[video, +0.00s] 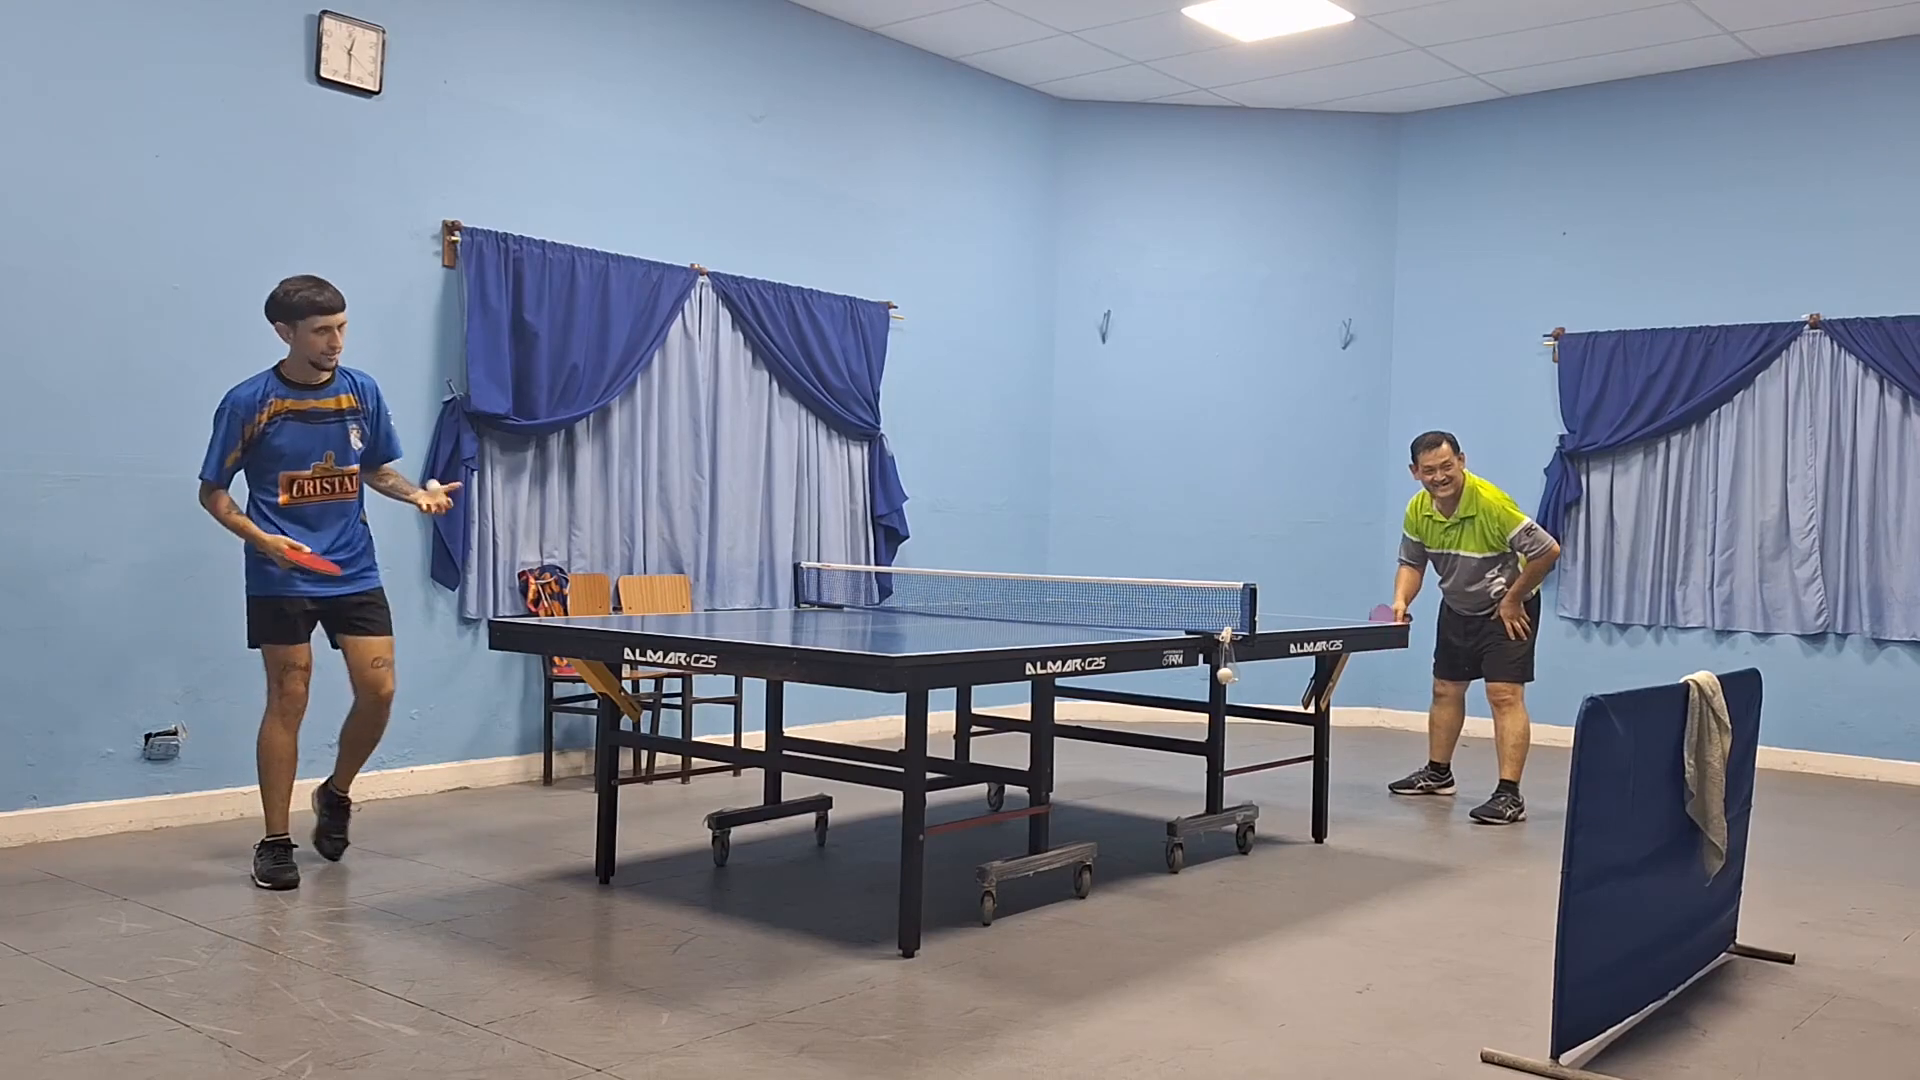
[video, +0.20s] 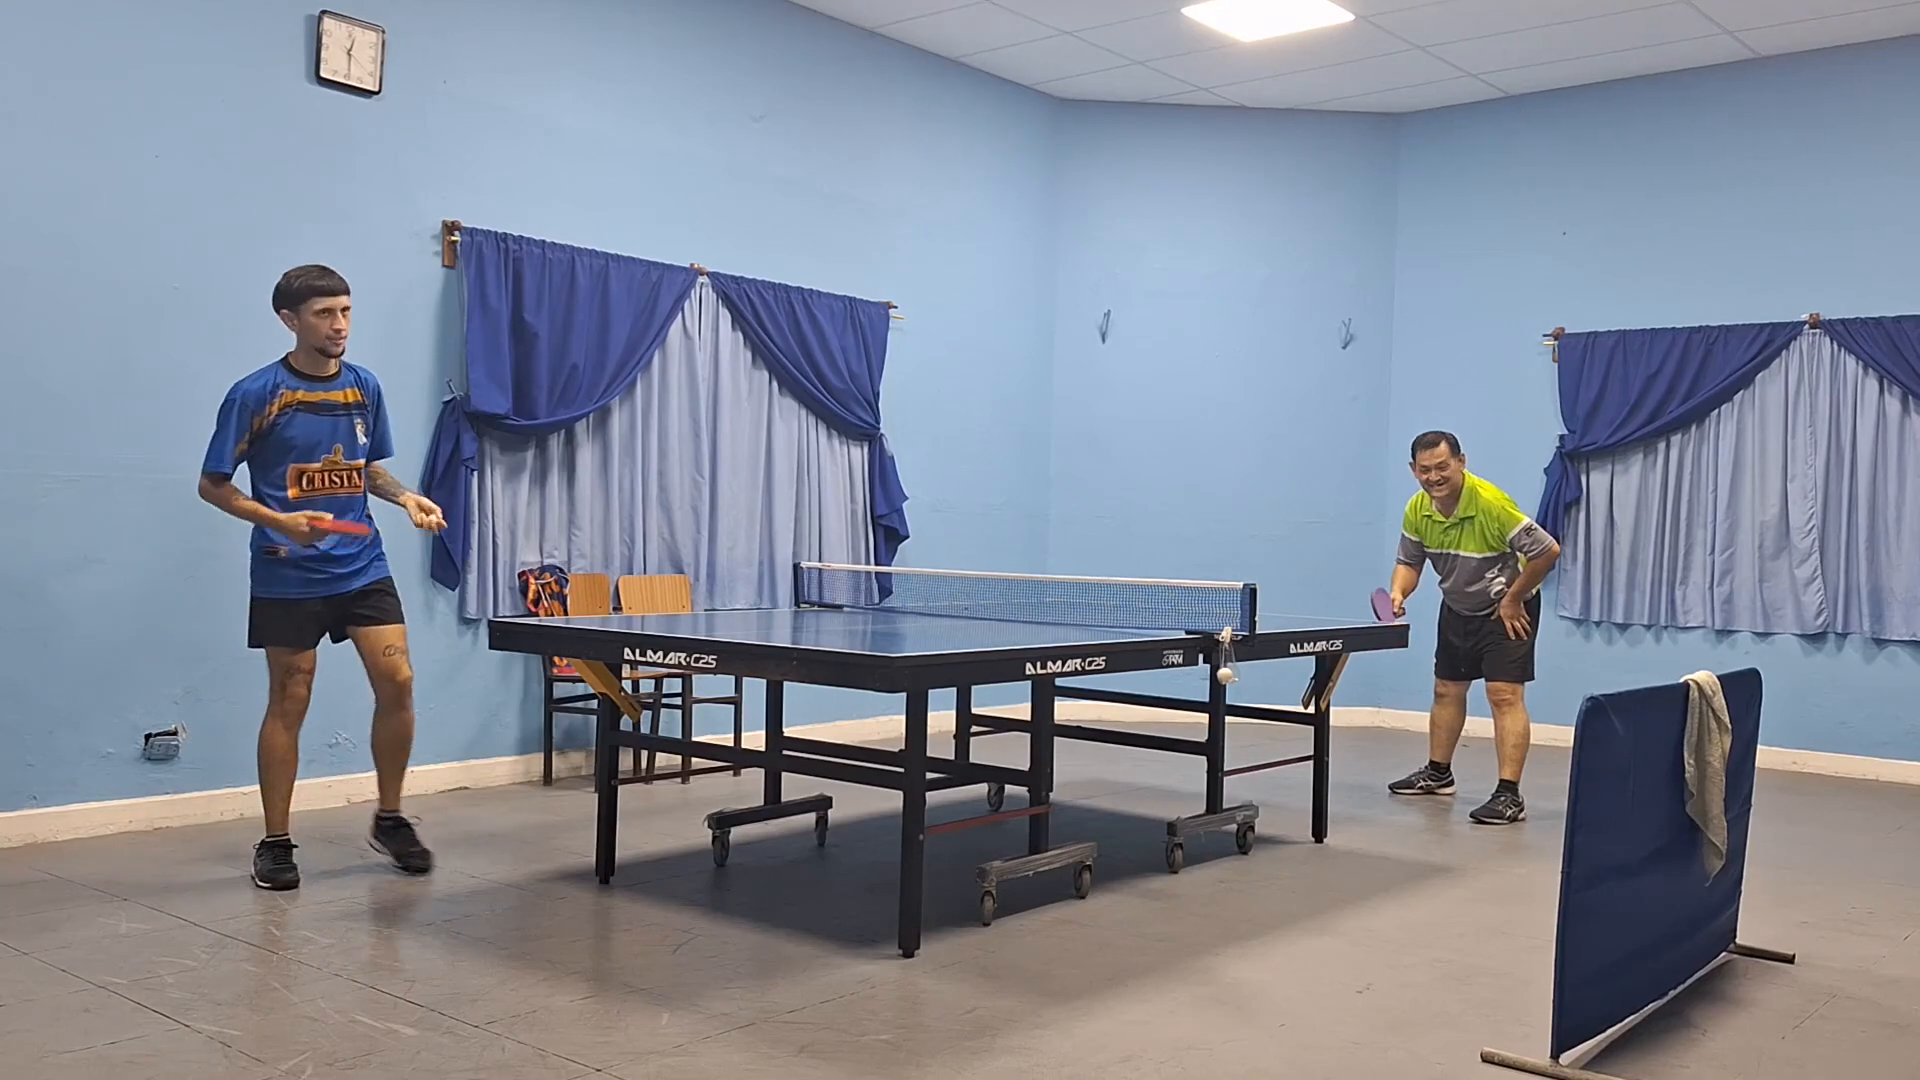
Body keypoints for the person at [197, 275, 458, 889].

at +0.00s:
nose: (335, 341)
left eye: (340, 328)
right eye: (321, 332)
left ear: (345, 325)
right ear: (285, 333)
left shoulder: (362, 392)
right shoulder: (248, 403)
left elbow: (376, 467)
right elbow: (211, 491)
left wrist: (419, 493)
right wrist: (259, 537)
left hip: (352, 565)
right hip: (280, 568)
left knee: (379, 690)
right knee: (290, 695)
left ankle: (336, 793)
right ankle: (275, 839)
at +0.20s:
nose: (339, 324)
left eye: (344, 312)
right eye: (325, 314)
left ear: (350, 315)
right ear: (290, 321)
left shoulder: (363, 386)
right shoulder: (255, 394)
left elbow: (368, 468)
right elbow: (212, 484)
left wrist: (407, 496)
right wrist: (277, 519)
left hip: (362, 564)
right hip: (289, 574)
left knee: (397, 681)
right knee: (290, 698)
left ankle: (390, 818)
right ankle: (277, 842)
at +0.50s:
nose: (394, 330)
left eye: (397, 320)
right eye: (381, 320)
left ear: (397, 326)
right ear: (340, 325)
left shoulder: (409, 396)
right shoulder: (298, 399)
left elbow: (447, 471)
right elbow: (258, 496)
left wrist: (483, 523)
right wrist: (336, 500)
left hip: (389, 570)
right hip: (314, 577)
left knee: (421, 687)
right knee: (307, 704)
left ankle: (463, 828)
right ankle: (278, 844)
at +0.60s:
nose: (429, 350)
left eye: (432, 340)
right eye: (417, 340)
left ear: (429, 343)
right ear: (376, 338)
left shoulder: (441, 411)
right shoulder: (322, 406)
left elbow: (481, 484)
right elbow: (285, 500)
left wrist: (511, 536)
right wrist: (361, 503)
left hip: (406, 580)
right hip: (329, 584)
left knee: (435, 695)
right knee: (318, 710)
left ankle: (468, 841)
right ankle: (279, 843)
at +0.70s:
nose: (479, 372)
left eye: (481, 361)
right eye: (469, 360)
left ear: (455, 364)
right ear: (426, 356)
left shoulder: (475, 430)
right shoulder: (359, 415)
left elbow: (511, 506)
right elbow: (312, 506)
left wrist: (537, 556)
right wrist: (387, 513)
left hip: (428, 591)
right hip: (348, 592)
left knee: (455, 694)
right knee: (329, 724)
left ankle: (476, 848)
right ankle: (279, 845)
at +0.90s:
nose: (556, 408)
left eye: (558, 397)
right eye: (551, 395)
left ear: (523, 390)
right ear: (515, 387)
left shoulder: (522, 453)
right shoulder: (419, 426)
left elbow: (531, 531)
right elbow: (371, 510)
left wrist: (553, 569)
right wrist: (444, 539)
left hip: (446, 586)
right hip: (370, 586)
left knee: (472, 701)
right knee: (340, 718)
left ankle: (476, 848)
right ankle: (284, 841)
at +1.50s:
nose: (483, 412)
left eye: (488, 400)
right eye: (472, 400)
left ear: (489, 397)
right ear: (432, 393)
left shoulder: (485, 451)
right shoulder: (363, 440)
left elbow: (531, 525)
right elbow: (334, 532)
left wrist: (521, 562)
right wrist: (395, 545)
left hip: (428, 586)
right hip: (343, 585)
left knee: (470, 695)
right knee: (300, 717)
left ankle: (478, 846)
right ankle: (246, 846)